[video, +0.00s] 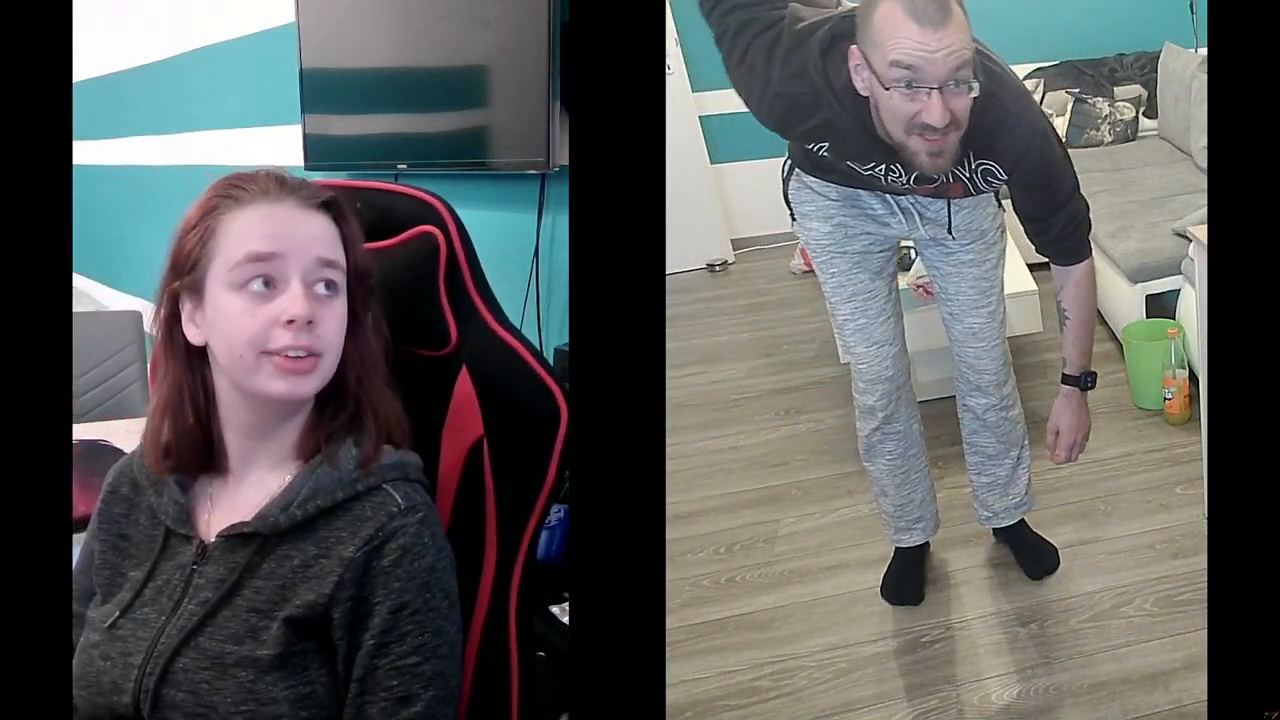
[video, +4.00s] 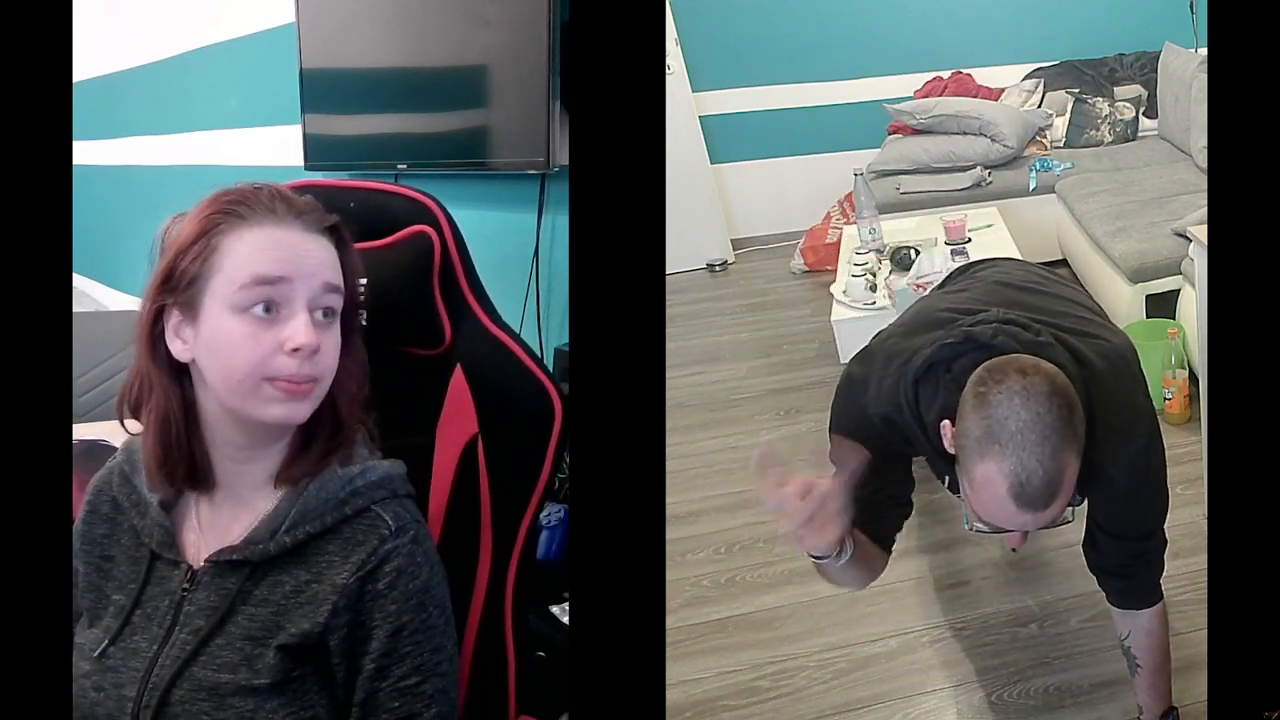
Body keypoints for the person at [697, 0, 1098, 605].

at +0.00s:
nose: (938, 112)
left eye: (957, 82)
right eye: (910, 85)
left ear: (973, 64)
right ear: (861, 71)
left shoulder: (1012, 120)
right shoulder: (790, 76)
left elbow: (1071, 249)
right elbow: (722, 3)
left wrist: (1077, 385)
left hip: (963, 194)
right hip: (837, 189)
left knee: (985, 362)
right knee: (877, 376)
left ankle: (1007, 513)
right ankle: (909, 534)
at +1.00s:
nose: (911, 315)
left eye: (927, 291)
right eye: (886, 298)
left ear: (949, 217)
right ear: (837, 229)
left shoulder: (1005, 203)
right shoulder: (781, 196)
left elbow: (1080, 322)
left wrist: (1084, 451)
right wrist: (733, 345)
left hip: (938, 79)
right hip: (812, 89)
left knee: (983, 364)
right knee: (899, 386)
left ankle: (1008, 506)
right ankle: (944, 541)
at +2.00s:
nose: (936, 587)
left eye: (953, 569)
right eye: (909, 579)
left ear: (974, 477)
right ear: (857, 502)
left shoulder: (1039, 439)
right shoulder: (794, 443)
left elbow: (1111, 579)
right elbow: (744, 570)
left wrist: (1164, 706)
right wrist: (761, 713)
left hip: (973, 212)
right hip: (848, 212)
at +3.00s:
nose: (885, 686)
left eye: (905, 670)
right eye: (848, 677)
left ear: (937, 568)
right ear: (802, 599)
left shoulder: (1021, 496)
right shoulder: (743, 552)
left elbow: (1117, 603)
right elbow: (741, 694)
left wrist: (1156, 713)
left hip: (951, 298)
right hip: (826, 315)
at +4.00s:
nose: (1016, 545)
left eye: (1040, 525)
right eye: (991, 524)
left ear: (1077, 456)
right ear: (950, 441)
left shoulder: (1125, 424)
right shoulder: (877, 395)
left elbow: (1136, 591)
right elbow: (863, 570)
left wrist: (1159, 712)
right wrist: (830, 547)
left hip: (1063, 285)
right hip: (959, 288)